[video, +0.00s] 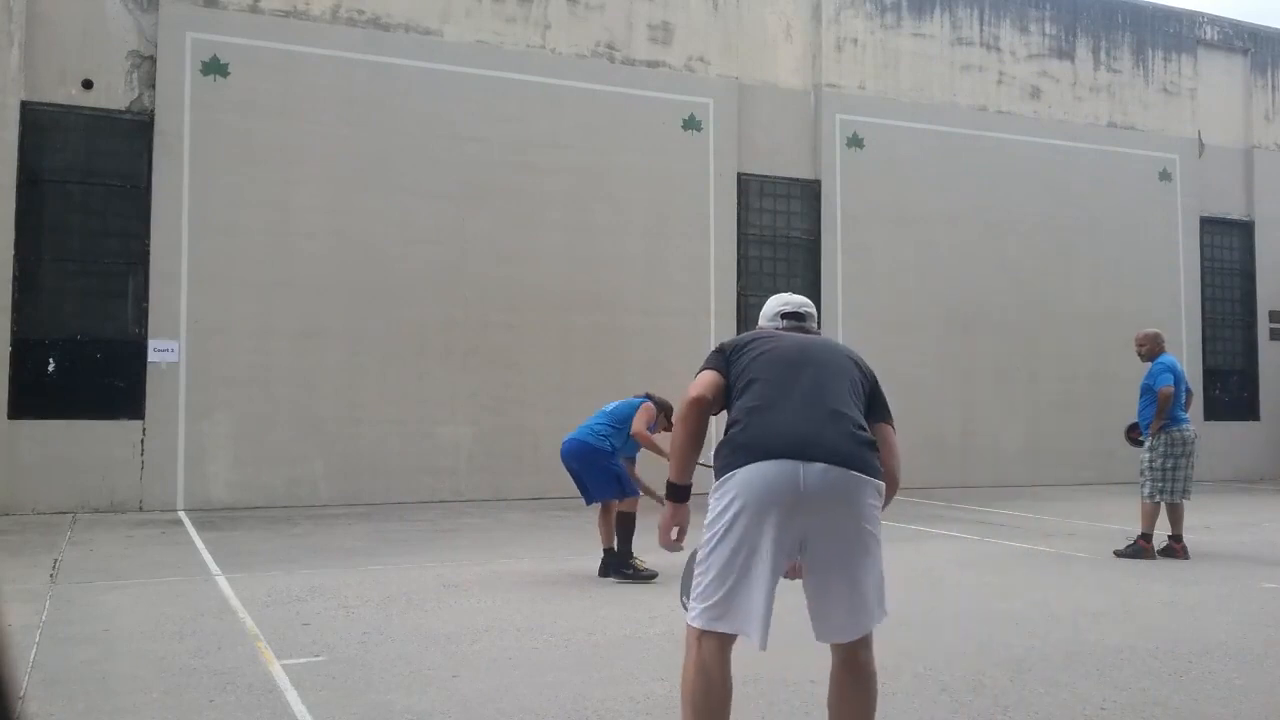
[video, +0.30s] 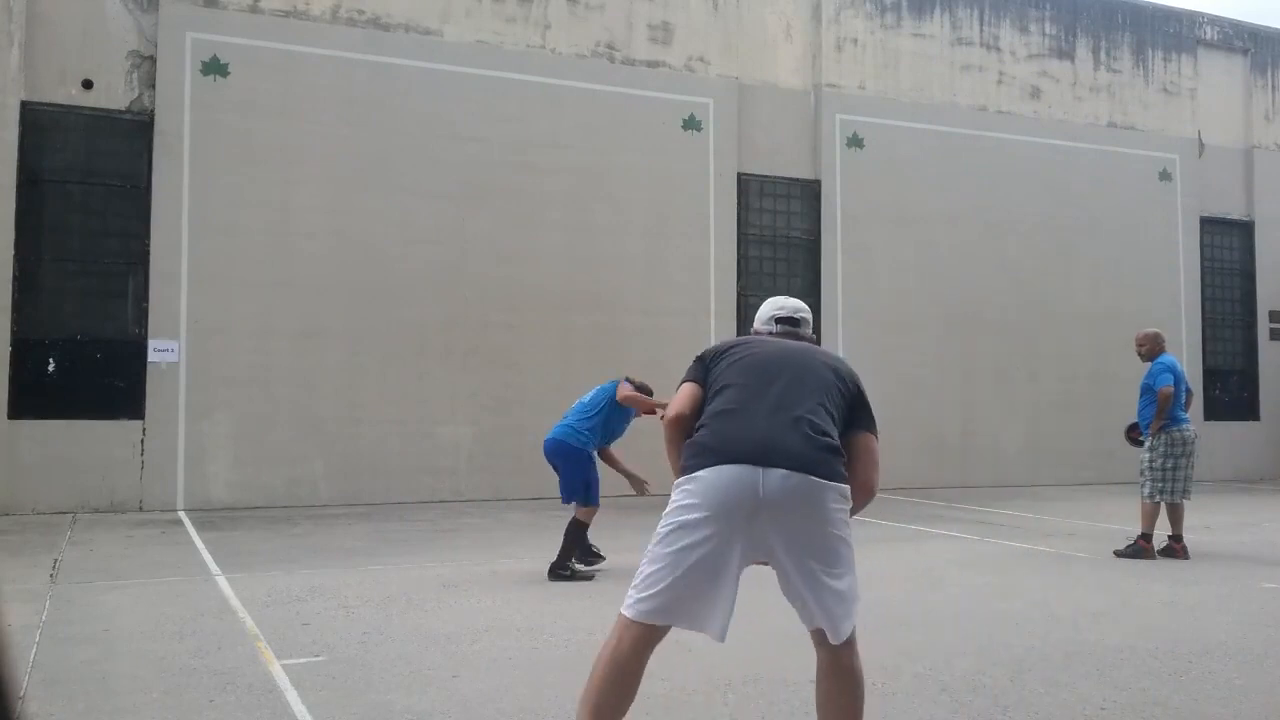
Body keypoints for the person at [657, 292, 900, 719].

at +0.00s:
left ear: (760, 328)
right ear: (817, 330)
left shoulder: (737, 347)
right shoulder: (854, 361)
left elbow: (699, 397)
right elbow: (889, 473)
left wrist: (677, 495)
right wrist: (821, 551)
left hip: (755, 469)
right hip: (849, 476)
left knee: (710, 634)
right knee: (853, 644)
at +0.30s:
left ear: (754, 332)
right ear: (813, 338)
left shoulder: (719, 352)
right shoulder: (841, 370)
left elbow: (677, 415)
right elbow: (865, 483)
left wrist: (686, 485)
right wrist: (814, 528)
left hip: (714, 476)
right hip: (812, 485)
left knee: (635, 631)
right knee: (836, 642)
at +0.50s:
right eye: (768, 348)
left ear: (719, 346)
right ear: (772, 351)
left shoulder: (674, 369)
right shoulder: (794, 382)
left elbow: (621, 447)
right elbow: (809, 489)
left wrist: (640, 502)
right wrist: (758, 534)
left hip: (650, 487)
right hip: (746, 493)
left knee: (578, 649)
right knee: (805, 644)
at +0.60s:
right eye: (745, 355)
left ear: (697, 351)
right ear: (749, 358)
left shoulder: (654, 372)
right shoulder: (770, 386)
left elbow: (596, 456)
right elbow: (779, 493)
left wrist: (644, 550)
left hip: (621, 479)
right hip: (718, 485)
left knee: (561, 649)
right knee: (784, 645)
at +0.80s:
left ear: (665, 351)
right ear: (718, 357)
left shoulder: (629, 373)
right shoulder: (747, 387)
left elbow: (580, 457)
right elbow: (756, 487)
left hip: (620, 483)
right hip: (717, 486)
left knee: (562, 651)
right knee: (777, 651)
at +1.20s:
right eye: (758, 326)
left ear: (700, 320)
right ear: (755, 327)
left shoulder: (653, 348)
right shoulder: (770, 360)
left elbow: (604, 443)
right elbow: (777, 468)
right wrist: (722, 539)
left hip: (630, 483)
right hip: (722, 488)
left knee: (571, 649)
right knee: (791, 644)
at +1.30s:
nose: (793, 317)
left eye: (792, 311)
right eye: (792, 311)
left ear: (731, 308)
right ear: (785, 311)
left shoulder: (681, 339)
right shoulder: (793, 349)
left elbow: (620, 423)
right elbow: (802, 448)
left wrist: (620, 497)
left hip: (651, 481)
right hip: (739, 487)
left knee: (589, 649)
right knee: (808, 643)